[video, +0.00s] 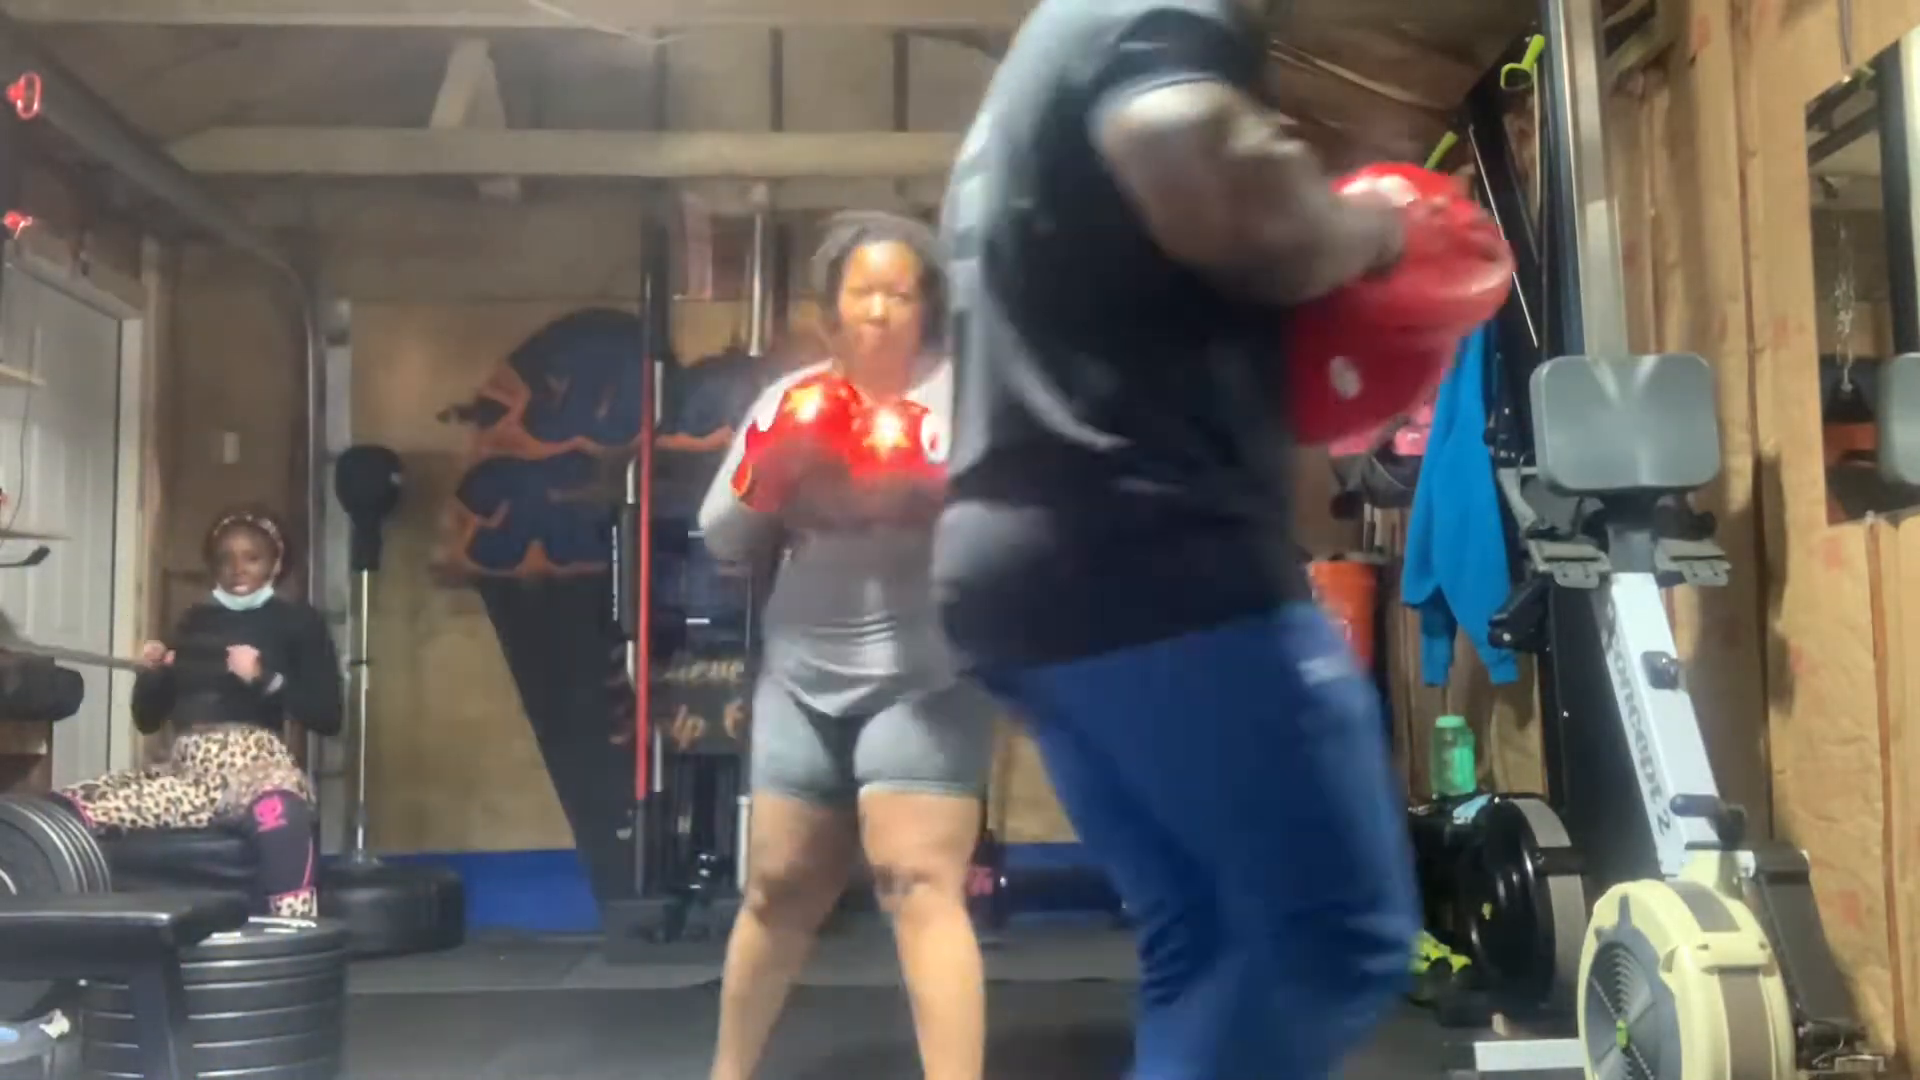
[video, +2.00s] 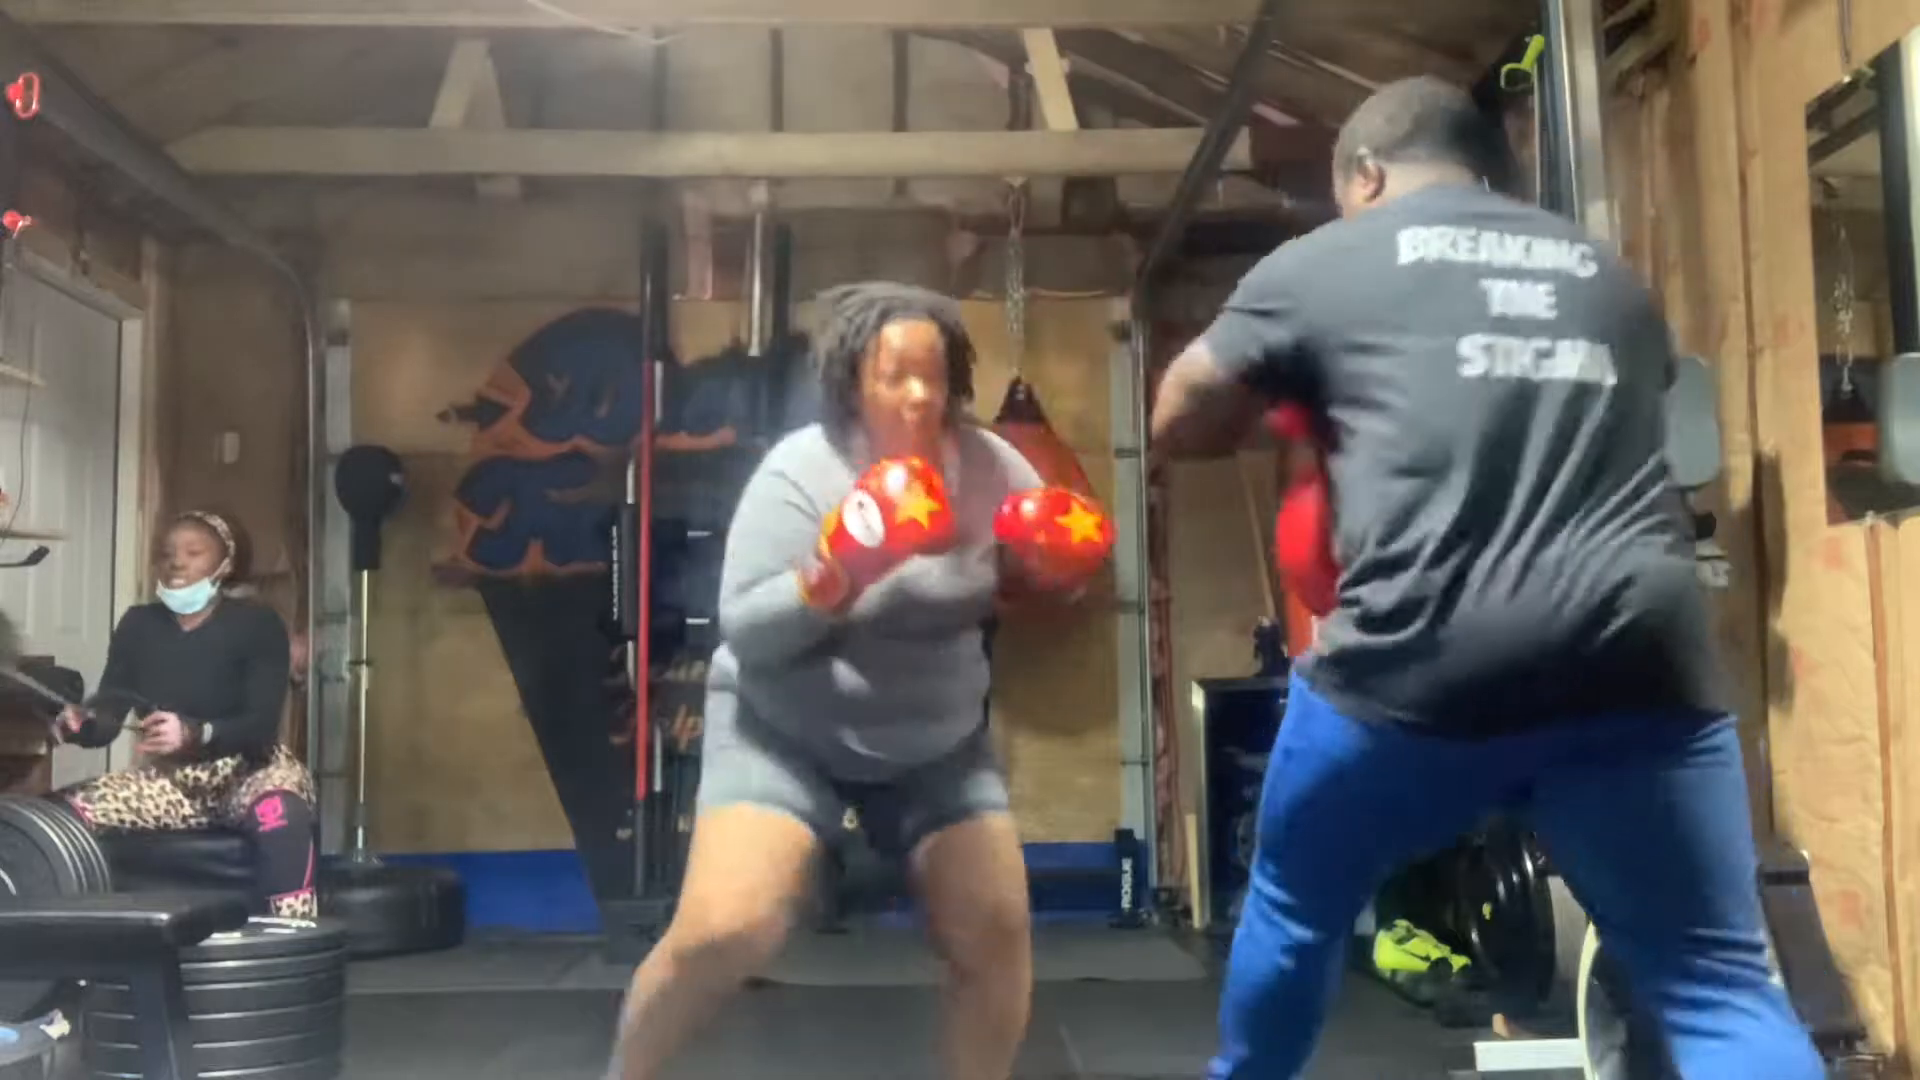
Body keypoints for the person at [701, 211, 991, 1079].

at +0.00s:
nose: (878, 311)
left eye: (896, 293)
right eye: (861, 293)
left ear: (928, 307)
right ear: (829, 309)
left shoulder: (963, 398)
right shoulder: (792, 400)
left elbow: (1017, 507)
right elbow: (723, 539)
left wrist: (921, 491)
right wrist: (774, 466)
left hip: (923, 676)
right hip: (799, 676)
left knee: (921, 885)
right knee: (774, 892)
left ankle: (954, 1074)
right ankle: (729, 1071)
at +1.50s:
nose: (804, 335)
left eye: (821, 319)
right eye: (785, 316)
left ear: (841, 330)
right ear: (744, 324)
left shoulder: (875, 411)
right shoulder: (699, 411)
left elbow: (954, 534)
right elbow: (640, 534)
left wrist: (929, 432)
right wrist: (702, 422)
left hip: (863, 680)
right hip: (722, 685)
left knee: (896, 886)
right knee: (725, 897)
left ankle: (955, 1075)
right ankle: (725, 1075)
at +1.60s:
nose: (814, 309)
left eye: (832, 293)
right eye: (795, 290)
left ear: (858, 307)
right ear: (752, 299)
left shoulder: (901, 379)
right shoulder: (721, 394)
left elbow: (1013, 435)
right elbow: (649, 506)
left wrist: (998, 330)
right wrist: (717, 389)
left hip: (883, 674)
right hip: (745, 675)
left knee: (902, 889)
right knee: (746, 900)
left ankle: (955, 1074)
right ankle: (730, 1072)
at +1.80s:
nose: (864, 326)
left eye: (883, 311)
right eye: (847, 306)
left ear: (905, 322)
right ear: (805, 307)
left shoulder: (936, 392)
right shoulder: (745, 390)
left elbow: (1050, 474)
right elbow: (698, 528)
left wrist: (1045, 411)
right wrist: (782, 432)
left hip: (922, 679)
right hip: (777, 680)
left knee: (947, 898)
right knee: (764, 912)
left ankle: (967, 1072)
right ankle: (735, 1072)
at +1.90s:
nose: (899, 354)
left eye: (914, 334)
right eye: (877, 334)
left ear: (934, 343)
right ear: (831, 340)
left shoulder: (973, 434)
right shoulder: (780, 429)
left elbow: (1029, 573)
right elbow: (722, 586)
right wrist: (801, 524)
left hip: (935, 713)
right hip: (784, 709)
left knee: (969, 920)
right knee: (742, 939)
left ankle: (974, 1074)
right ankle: (704, 1062)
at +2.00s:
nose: (920, 395)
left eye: (934, 374)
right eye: (897, 375)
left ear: (952, 380)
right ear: (850, 382)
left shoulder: (994, 467)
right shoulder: (798, 471)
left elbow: (1034, 596)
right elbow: (747, 634)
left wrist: (1057, 574)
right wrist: (831, 583)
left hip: (939, 742)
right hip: (779, 734)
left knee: (998, 933)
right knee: (730, 928)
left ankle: (979, 1076)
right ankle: (628, 1070)